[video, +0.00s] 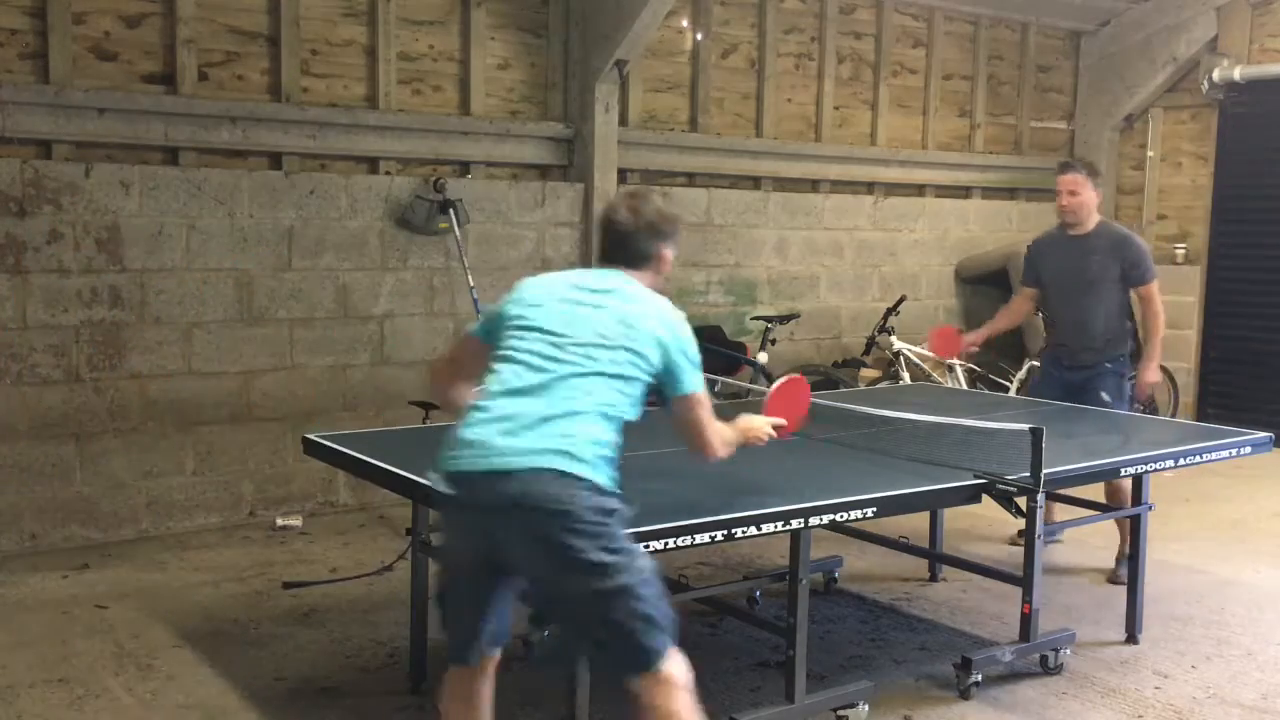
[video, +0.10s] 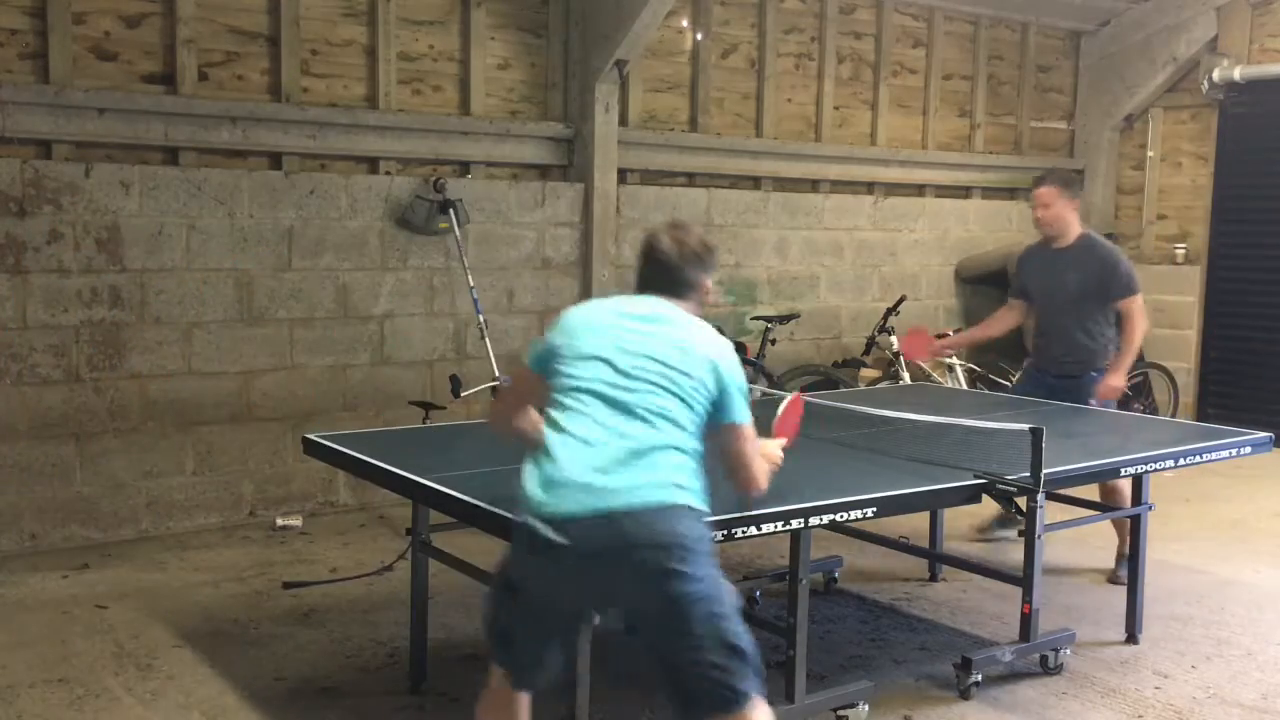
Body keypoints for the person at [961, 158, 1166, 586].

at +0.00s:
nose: (1064, 201)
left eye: (1073, 193)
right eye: (1058, 194)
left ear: (1095, 197)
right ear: (1054, 199)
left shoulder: (1124, 245)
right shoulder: (1042, 249)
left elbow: (1152, 304)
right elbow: (1024, 302)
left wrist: (1151, 361)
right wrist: (984, 332)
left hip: (1108, 369)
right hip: (1055, 366)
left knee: (1113, 461)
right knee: (1041, 448)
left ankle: (1129, 546)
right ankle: (1048, 522)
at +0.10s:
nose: (1037, 215)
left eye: (1045, 206)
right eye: (1034, 207)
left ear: (1072, 206)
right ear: (1035, 210)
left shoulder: (1105, 257)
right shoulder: (1031, 259)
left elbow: (1136, 319)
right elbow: (1013, 313)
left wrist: (1119, 373)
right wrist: (959, 339)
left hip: (1090, 381)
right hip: (1039, 376)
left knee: (1109, 468)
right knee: (1004, 435)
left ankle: (1127, 548)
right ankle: (1013, 510)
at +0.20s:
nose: (1001, 224)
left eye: (1008, 215)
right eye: (1000, 216)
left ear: (1038, 215)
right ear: (1016, 219)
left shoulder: (1074, 261)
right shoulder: (1007, 267)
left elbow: (1102, 319)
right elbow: (995, 319)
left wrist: (1080, 349)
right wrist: (948, 345)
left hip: (1071, 384)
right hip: (1021, 379)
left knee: (1093, 462)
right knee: (966, 429)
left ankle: (1125, 548)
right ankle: (929, 506)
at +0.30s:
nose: (958, 227)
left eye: (964, 218)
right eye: (956, 219)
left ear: (994, 217)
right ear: (973, 222)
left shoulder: (1031, 257)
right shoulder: (968, 270)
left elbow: (1071, 301)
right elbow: (954, 326)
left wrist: (1059, 321)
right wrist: (902, 346)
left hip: (1043, 385)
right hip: (990, 384)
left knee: (1081, 464)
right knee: (939, 441)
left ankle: (1123, 547)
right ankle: (890, 505)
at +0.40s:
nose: (910, 235)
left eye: (916, 226)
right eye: (909, 227)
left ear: (942, 225)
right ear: (925, 228)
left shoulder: (977, 262)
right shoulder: (923, 282)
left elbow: (1031, 287)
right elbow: (888, 335)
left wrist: (1040, 303)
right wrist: (834, 345)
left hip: (1007, 380)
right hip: (961, 383)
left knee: (1055, 459)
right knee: (913, 437)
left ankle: (1112, 544)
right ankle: (881, 512)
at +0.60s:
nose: (847, 252)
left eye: (852, 244)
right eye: (846, 245)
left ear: (878, 244)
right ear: (867, 248)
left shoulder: (921, 274)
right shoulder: (862, 301)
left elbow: (979, 294)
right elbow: (827, 344)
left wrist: (985, 315)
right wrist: (774, 362)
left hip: (969, 378)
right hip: (925, 387)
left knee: (1008, 454)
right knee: (887, 438)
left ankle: (1077, 534)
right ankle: (879, 514)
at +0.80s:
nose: (837, 243)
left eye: (842, 234)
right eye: (835, 236)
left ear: (867, 232)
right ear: (853, 237)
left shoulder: (907, 260)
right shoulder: (853, 290)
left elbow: (967, 282)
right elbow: (828, 345)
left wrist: (964, 312)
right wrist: (791, 354)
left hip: (957, 366)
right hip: (916, 376)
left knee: (984, 448)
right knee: (876, 428)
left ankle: (1044, 529)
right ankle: (879, 513)